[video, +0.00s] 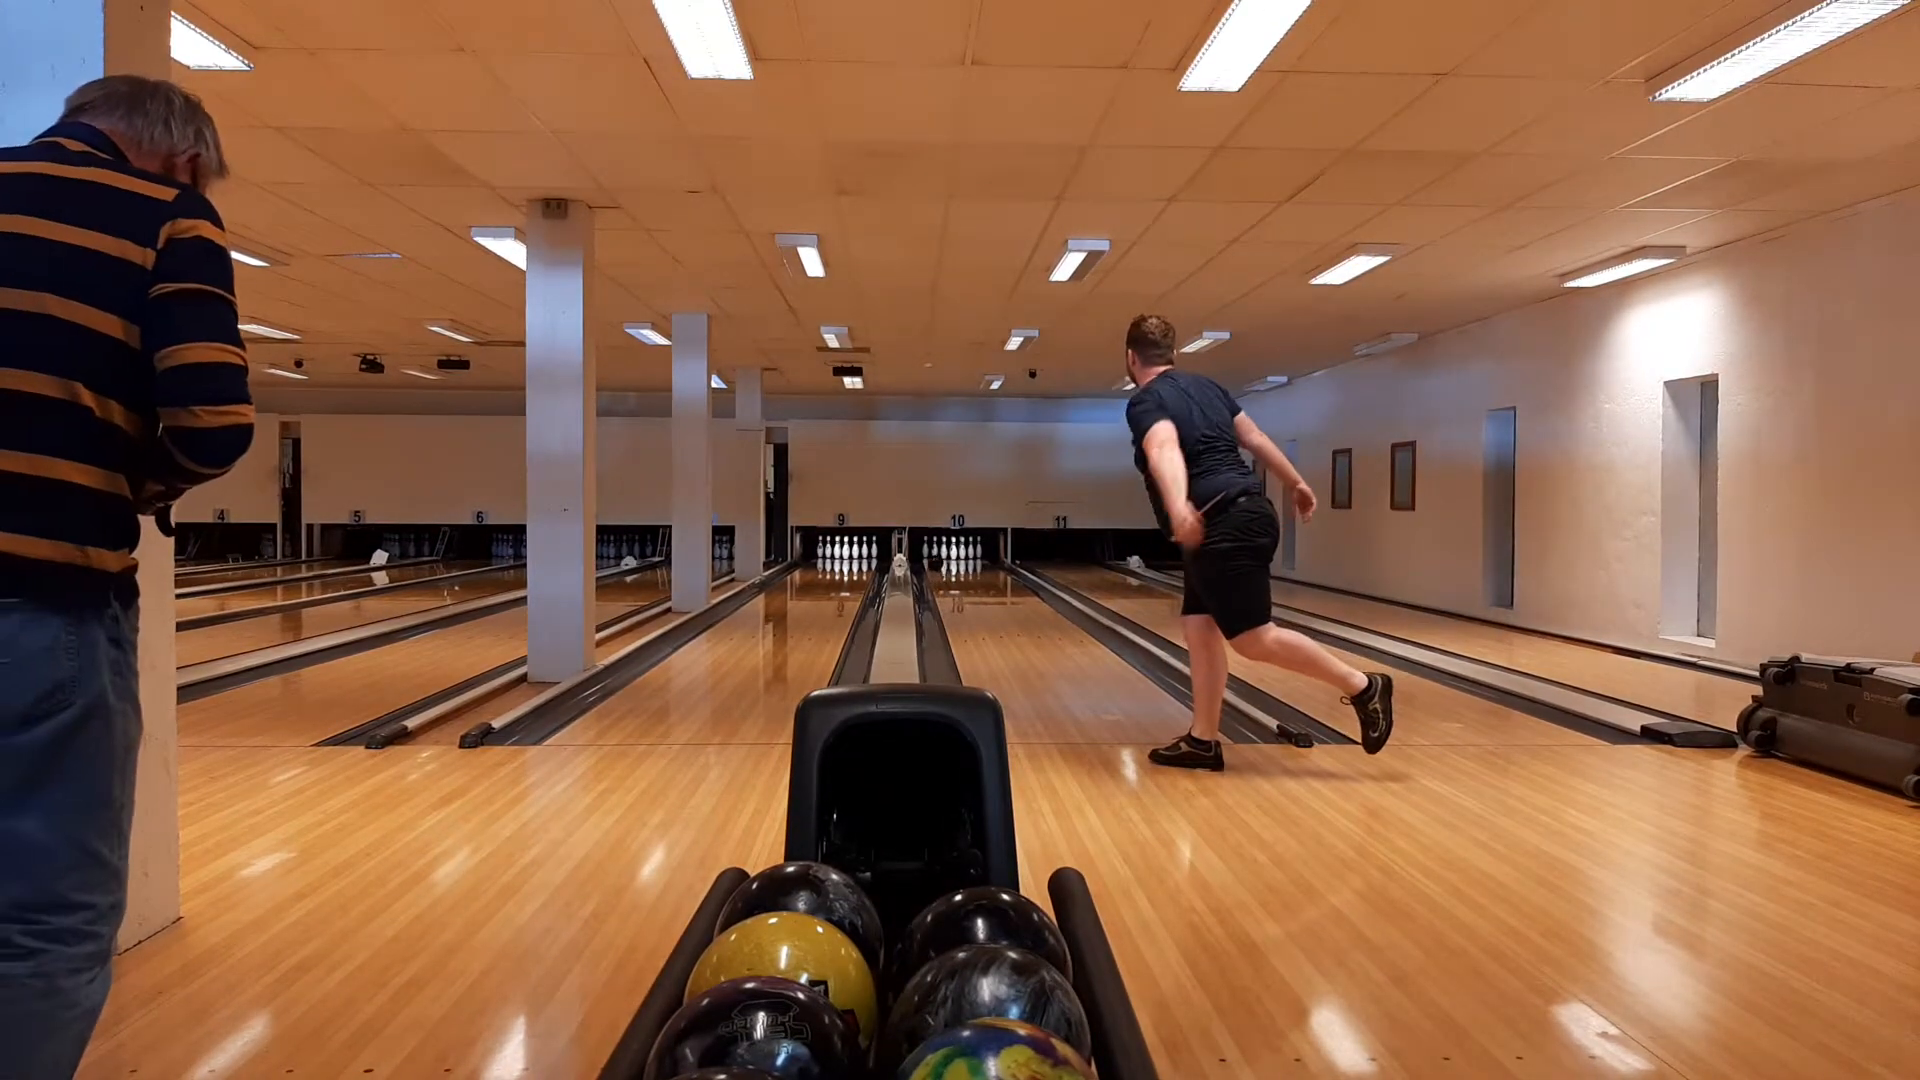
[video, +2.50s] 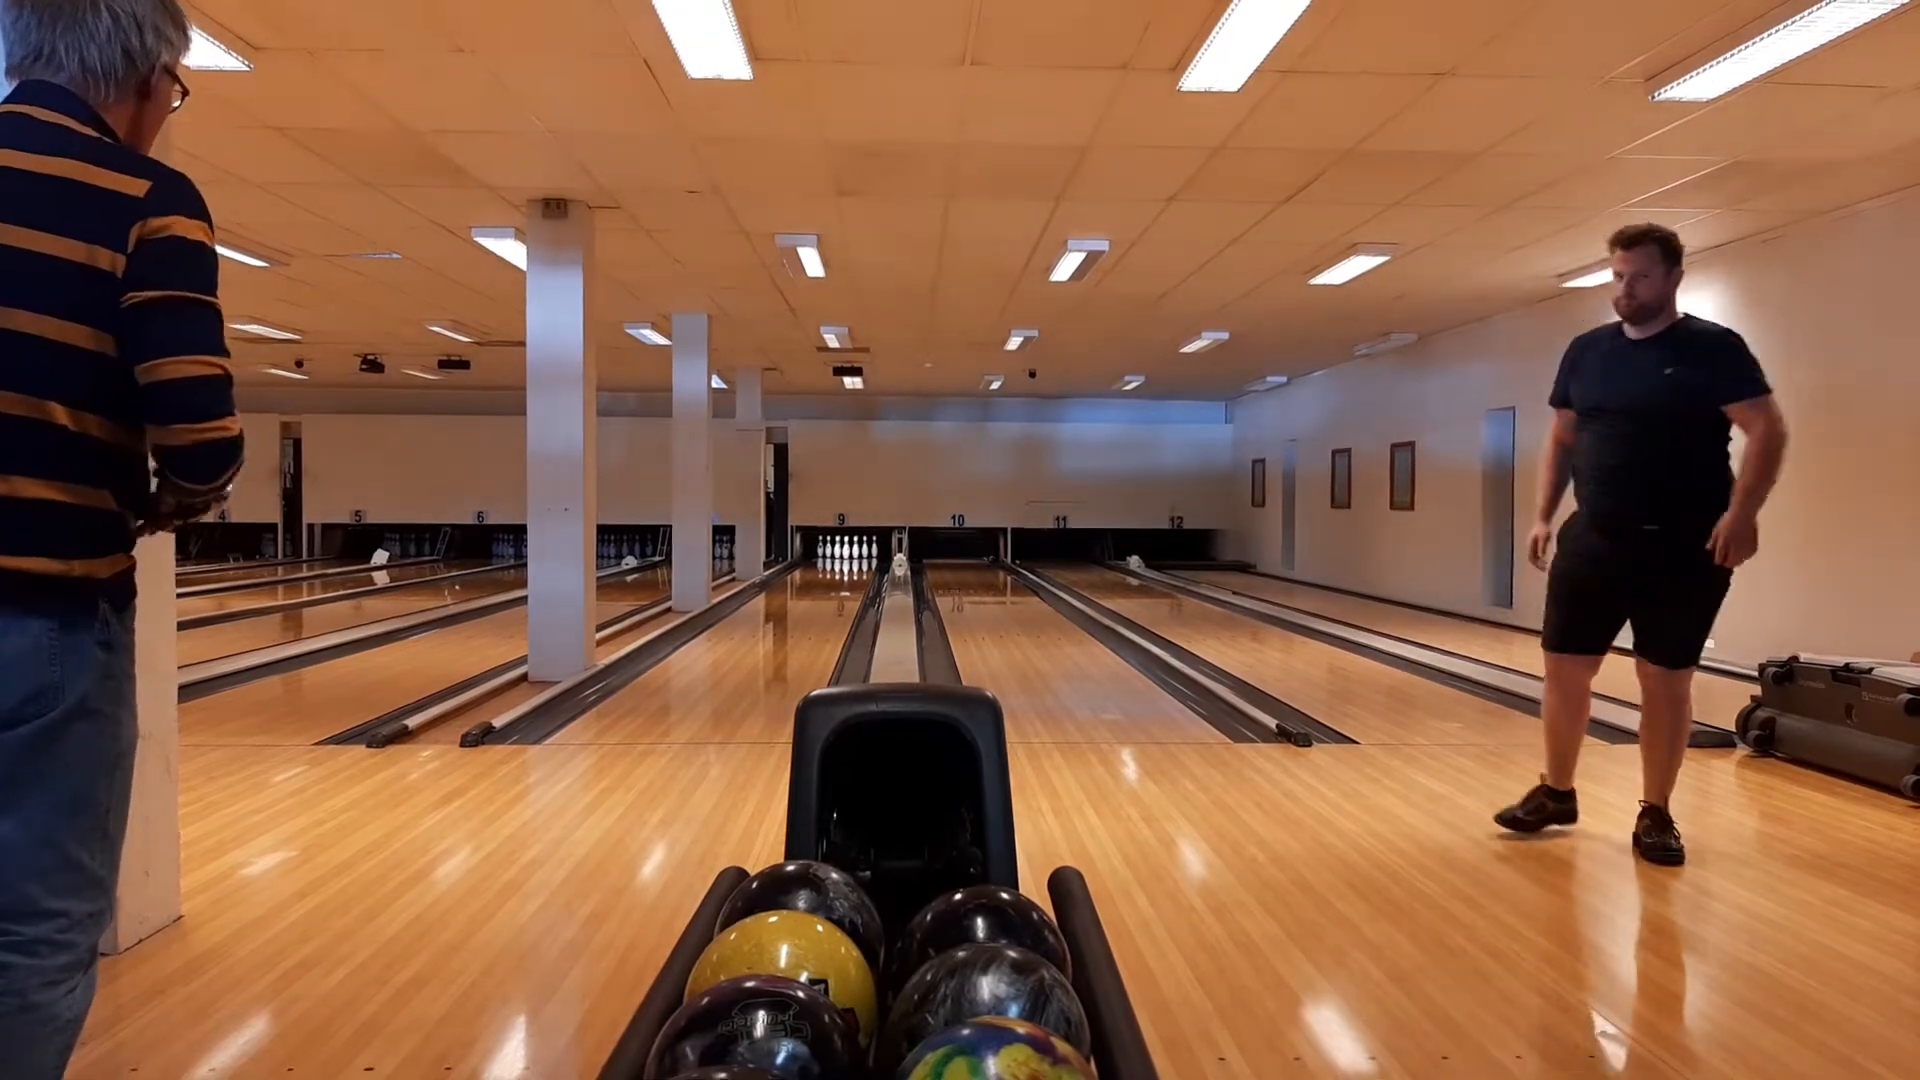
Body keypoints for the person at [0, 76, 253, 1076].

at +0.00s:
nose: (200, 199)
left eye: (208, 188)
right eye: (202, 186)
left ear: (78, 128)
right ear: (176, 159)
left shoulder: (1, 174)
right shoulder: (169, 209)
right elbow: (215, 422)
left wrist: (145, 470)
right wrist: (145, 481)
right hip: (47, 605)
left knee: (38, 922)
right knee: (49, 932)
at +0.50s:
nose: (189, 136)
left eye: (193, 115)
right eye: (189, 113)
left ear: (47, 93)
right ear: (153, 107)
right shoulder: (173, 207)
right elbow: (222, 434)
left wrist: (131, 465)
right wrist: (127, 470)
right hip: (47, 610)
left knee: (32, 925)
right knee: (38, 937)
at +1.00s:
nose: (195, 124)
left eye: (196, 102)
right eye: (193, 100)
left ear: (50, 83)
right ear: (159, 99)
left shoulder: (0, 167)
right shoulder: (176, 203)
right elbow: (228, 430)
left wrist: (158, 467)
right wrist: (152, 477)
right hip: (53, 611)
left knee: (34, 925)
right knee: (42, 940)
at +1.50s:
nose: (196, 136)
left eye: (199, 117)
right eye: (198, 114)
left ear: (53, 95)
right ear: (170, 109)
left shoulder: (2, 175)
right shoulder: (180, 209)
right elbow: (229, 433)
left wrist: (162, 465)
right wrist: (159, 476)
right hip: (54, 613)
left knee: (35, 923)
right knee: (48, 937)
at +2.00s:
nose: (186, 128)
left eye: (189, 109)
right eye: (188, 107)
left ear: (44, 84)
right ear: (161, 101)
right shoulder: (169, 206)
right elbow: (230, 431)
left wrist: (155, 465)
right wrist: (149, 476)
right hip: (55, 614)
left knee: (35, 919)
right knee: (48, 933)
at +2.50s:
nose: (173, 109)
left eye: (176, 88)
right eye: (174, 87)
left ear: (30, 59)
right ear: (138, 82)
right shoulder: (147, 194)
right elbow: (197, 437)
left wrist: (175, 482)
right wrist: (184, 491)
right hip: (45, 609)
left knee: (36, 926)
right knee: (40, 939)